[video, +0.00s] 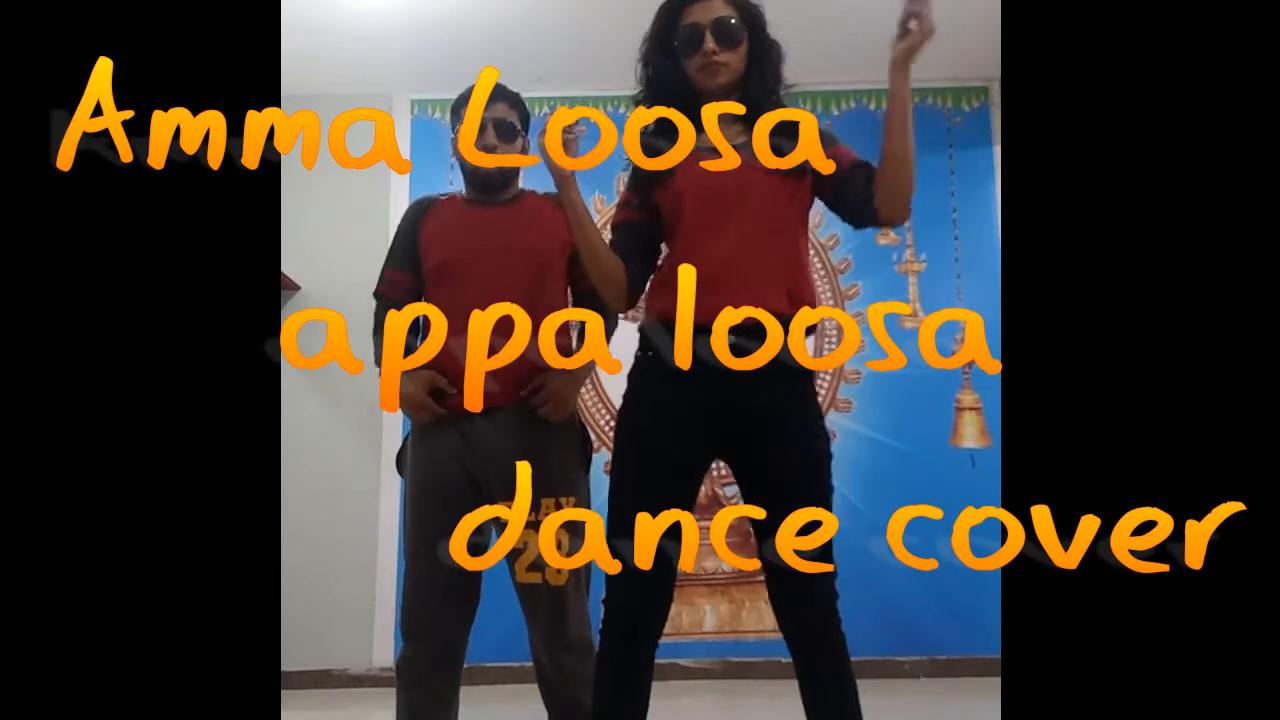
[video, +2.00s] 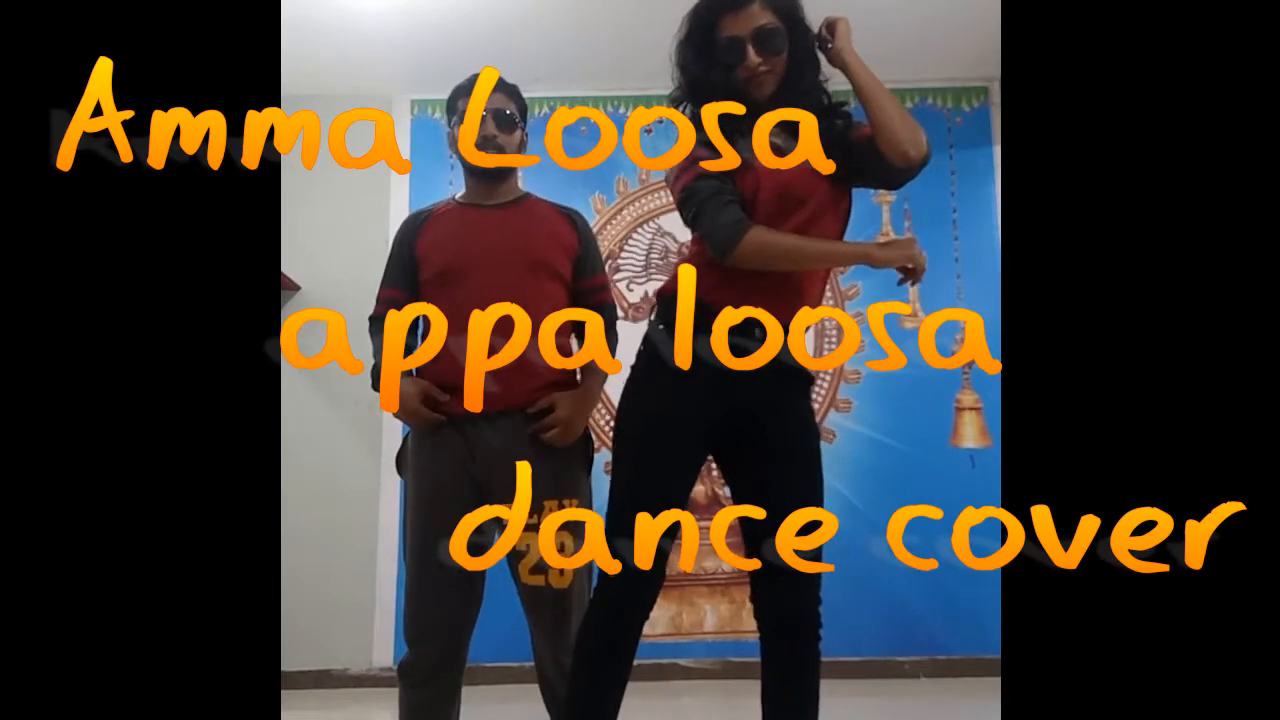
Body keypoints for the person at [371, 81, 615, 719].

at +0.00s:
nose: (493, 140)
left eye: (507, 131)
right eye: (478, 129)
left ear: (526, 145)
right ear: (456, 139)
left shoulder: (560, 216)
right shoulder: (423, 218)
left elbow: (600, 301)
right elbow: (389, 312)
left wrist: (576, 367)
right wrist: (399, 371)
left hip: (541, 433)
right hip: (445, 436)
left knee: (561, 621)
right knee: (431, 621)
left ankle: (578, 718)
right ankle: (424, 719)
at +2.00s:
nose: (493, 130)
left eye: (507, 120)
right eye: (477, 119)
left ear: (524, 136)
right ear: (454, 133)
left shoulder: (566, 225)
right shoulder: (420, 229)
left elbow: (601, 319)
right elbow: (385, 321)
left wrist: (588, 388)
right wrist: (393, 380)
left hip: (545, 441)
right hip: (444, 442)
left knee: (563, 624)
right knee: (433, 627)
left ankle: (580, 719)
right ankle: (425, 719)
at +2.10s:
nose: (493, 130)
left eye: (507, 120)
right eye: (478, 119)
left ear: (525, 136)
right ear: (455, 133)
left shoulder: (567, 225)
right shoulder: (420, 228)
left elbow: (602, 320)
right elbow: (386, 320)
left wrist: (589, 389)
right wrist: (393, 380)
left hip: (545, 440)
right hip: (444, 442)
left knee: (563, 624)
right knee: (432, 626)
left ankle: (580, 719)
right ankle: (424, 718)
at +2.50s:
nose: (493, 131)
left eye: (507, 120)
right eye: (478, 119)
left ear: (525, 136)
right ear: (455, 133)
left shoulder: (567, 224)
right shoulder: (419, 227)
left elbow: (606, 321)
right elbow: (384, 320)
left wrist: (590, 389)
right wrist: (393, 376)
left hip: (543, 441)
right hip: (441, 443)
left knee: (563, 628)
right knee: (429, 631)